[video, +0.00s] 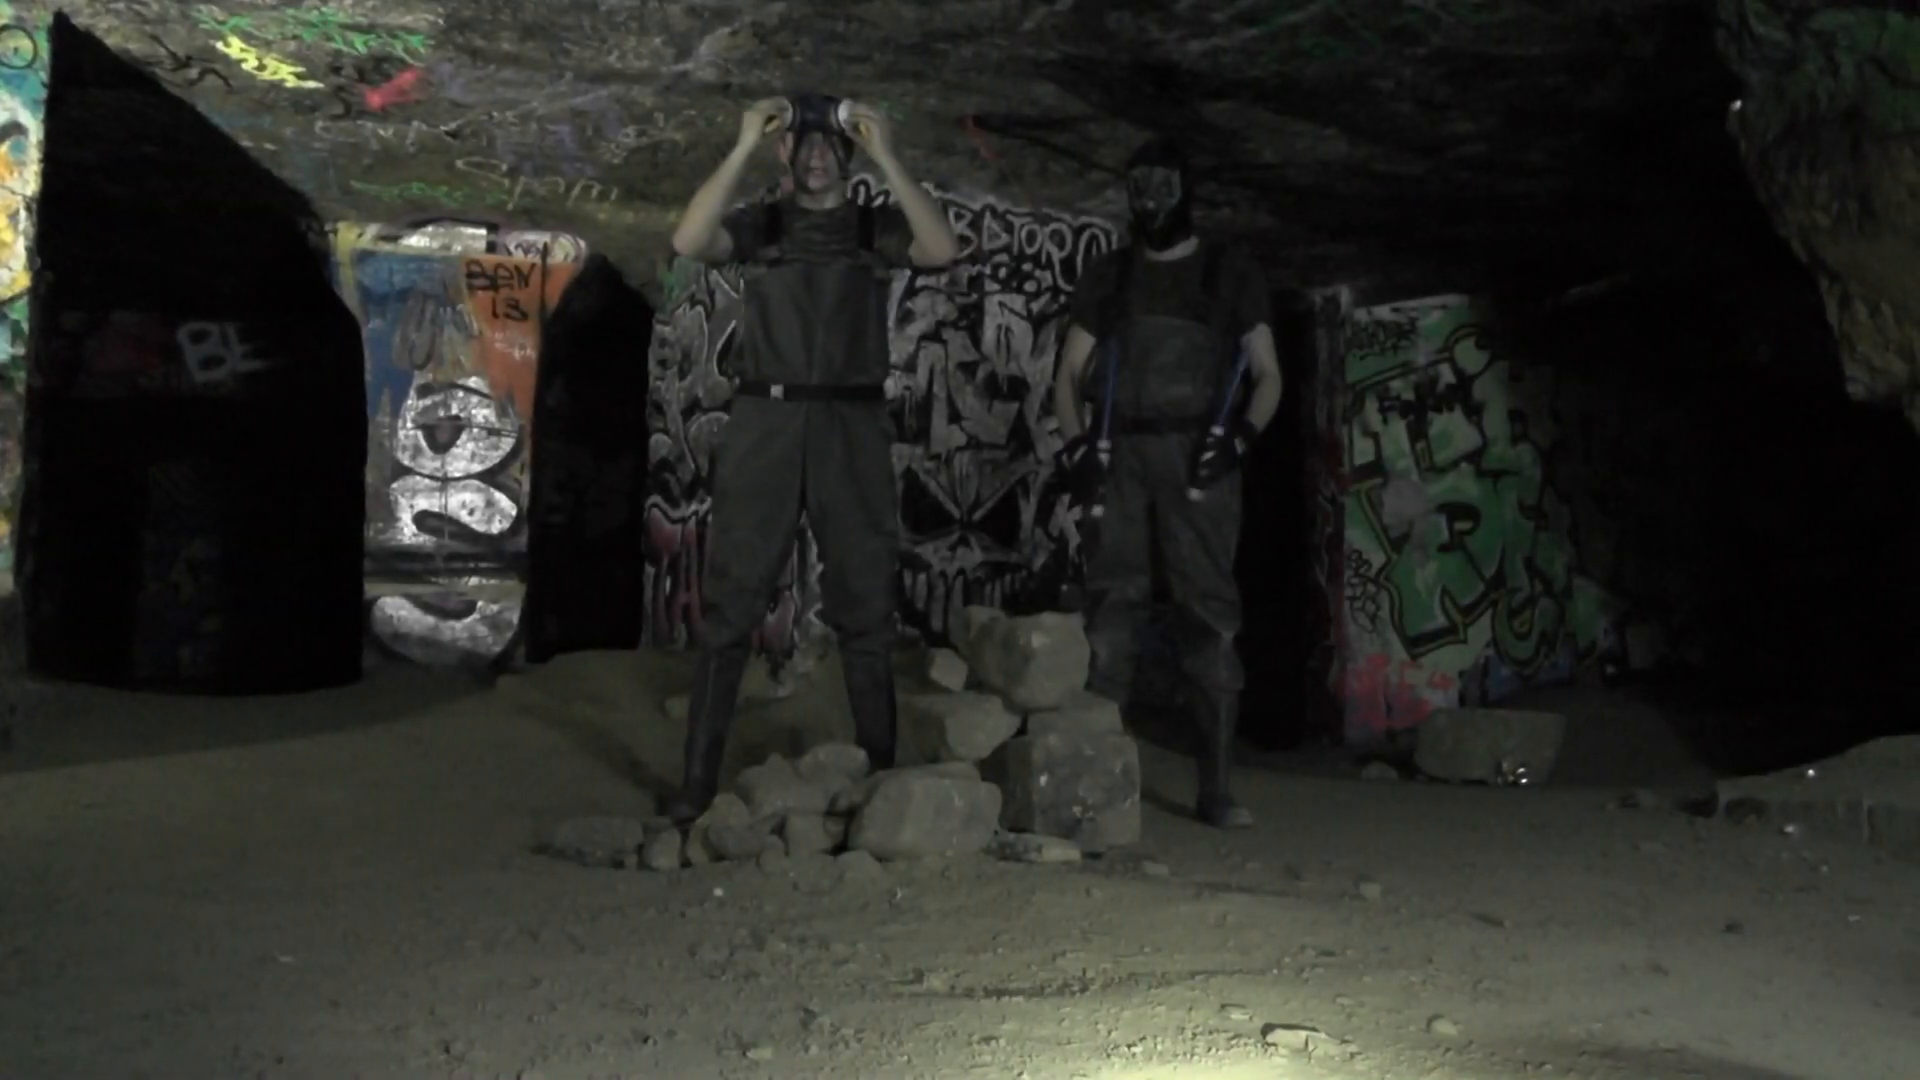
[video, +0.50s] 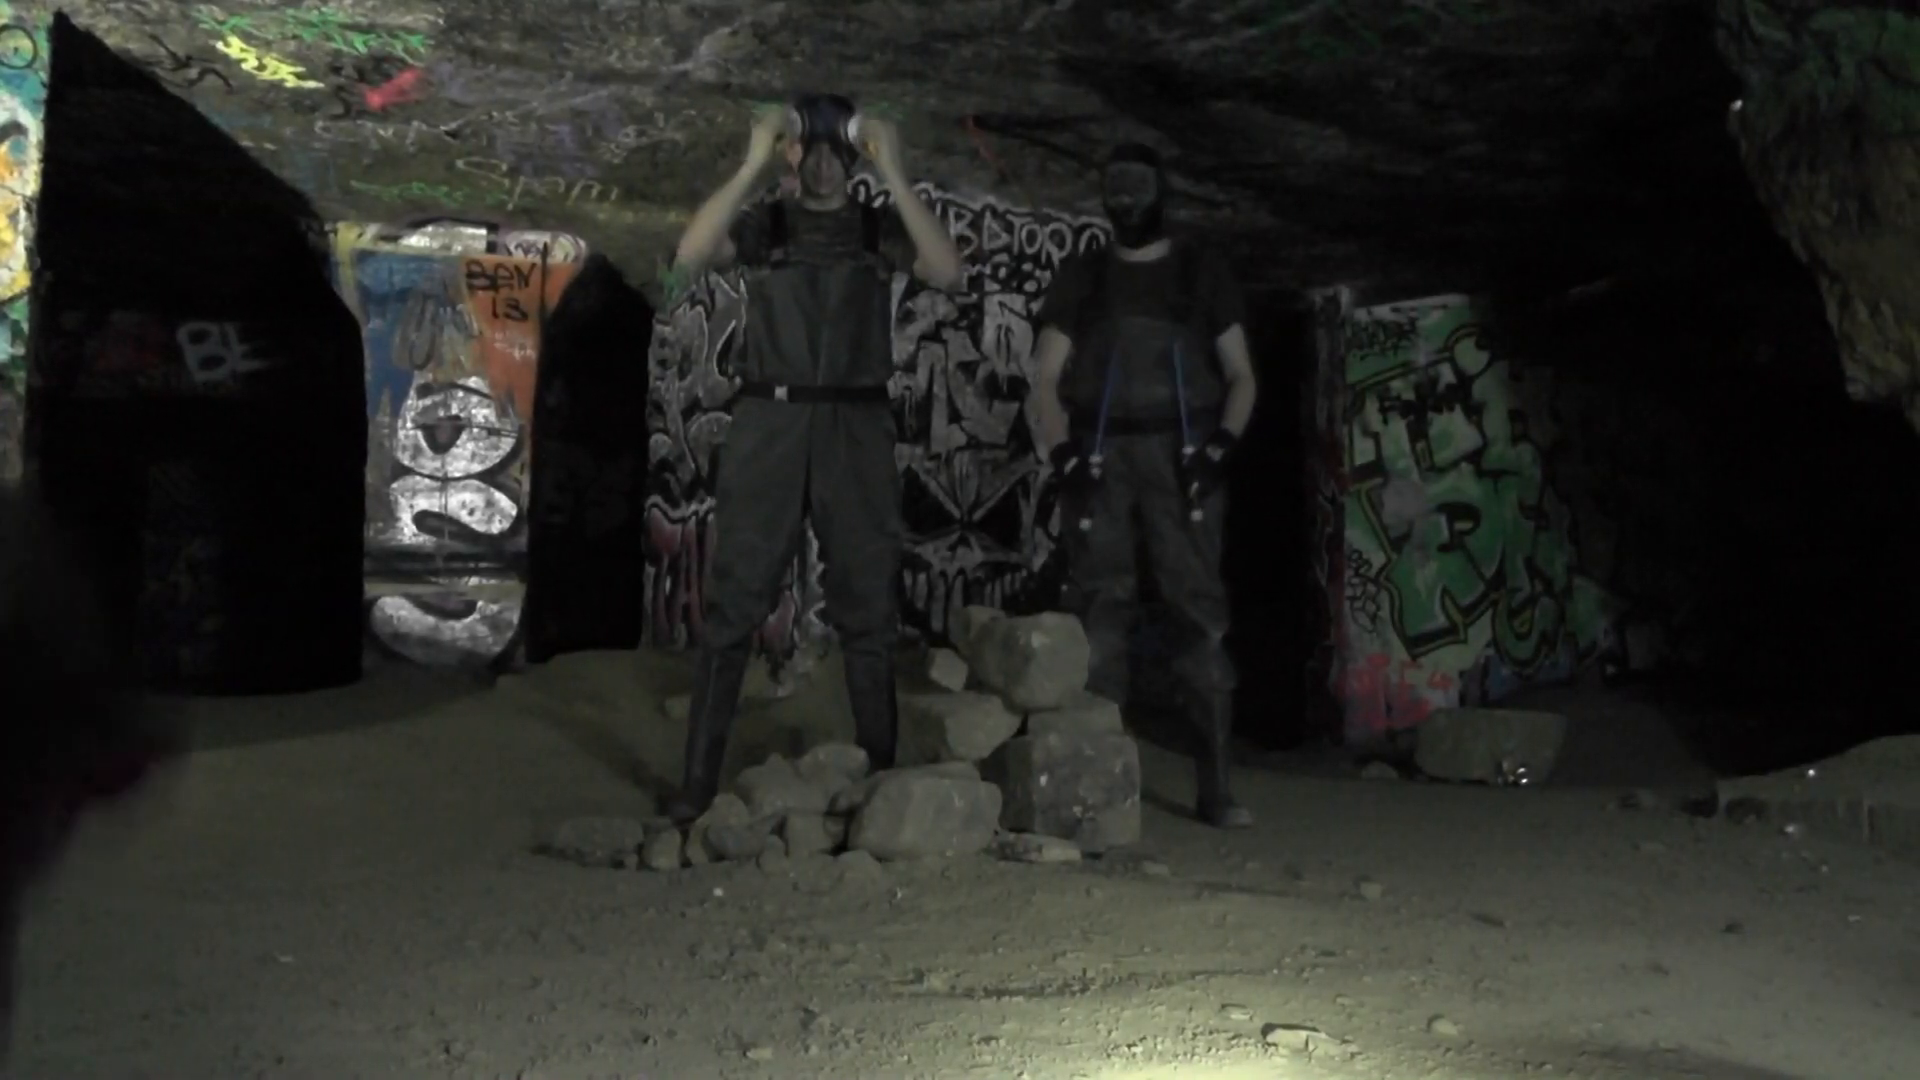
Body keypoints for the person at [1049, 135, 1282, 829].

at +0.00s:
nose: (1152, 200)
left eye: (1163, 185)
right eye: (1141, 186)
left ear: (1186, 192)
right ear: (1127, 194)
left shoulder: (1226, 272)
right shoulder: (1112, 274)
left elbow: (1268, 376)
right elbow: (1067, 372)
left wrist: (1238, 439)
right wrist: (1078, 447)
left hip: (1198, 469)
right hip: (1119, 471)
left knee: (1209, 619)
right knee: (1112, 617)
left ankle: (1216, 787)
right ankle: (1098, 781)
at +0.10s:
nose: (1149, 202)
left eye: (1161, 188)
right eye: (1138, 188)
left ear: (1183, 195)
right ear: (1124, 196)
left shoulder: (1223, 273)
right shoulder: (1109, 274)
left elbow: (1264, 375)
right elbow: (1064, 370)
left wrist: (1235, 440)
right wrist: (1076, 446)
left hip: (1197, 469)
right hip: (1116, 471)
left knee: (1209, 620)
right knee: (1110, 618)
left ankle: (1216, 786)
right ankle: (1098, 781)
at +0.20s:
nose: (1145, 202)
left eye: (1157, 188)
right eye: (1134, 188)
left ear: (1179, 195)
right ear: (1119, 197)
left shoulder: (1218, 273)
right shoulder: (1104, 276)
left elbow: (1259, 375)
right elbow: (1062, 374)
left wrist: (1231, 443)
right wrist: (1077, 452)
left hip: (1196, 471)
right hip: (1115, 472)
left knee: (1206, 620)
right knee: (1108, 618)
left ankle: (1216, 788)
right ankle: (1096, 782)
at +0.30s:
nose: (1140, 201)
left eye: (1152, 187)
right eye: (1129, 188)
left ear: (1174, 193)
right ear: (1114, 196)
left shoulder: (1213, 269)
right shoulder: (1097, 273)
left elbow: (1254, 375)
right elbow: (1056, 374)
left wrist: (1229, 441)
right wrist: (1069, 448)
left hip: (1191, 467)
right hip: (1110, 470)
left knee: (1204, 619)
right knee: (1106, 617)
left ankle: (1216, 788)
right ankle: (1096, 783)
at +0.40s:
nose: (1133, 200)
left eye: (1144, 187)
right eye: (1122, 188)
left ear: (1168, 194)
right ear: (1108, 197)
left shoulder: (1206, 270)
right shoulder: (1088, 274)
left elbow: (1248, 375)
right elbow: (1051, 379)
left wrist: (1225, 442)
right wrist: (1064, 458)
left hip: (1186, 468)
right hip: (1103, 471)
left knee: (1200, 619)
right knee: (1102, 618)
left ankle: (1215, 784)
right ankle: (1095, 782)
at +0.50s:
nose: (1126, 200)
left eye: (1137, 187)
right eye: (1116, 187)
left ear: (1161, 195)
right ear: (1101, 196)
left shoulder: (1199, 271)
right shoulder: (1083, 273)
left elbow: (1242, 376)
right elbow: (1044, 381)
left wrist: (1219, 446)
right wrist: (1064, 464)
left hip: (1182, 468)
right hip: (1099, 470)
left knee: (1198, 619)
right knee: (1100, 620)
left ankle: (1215, 785)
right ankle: (1096, 783)